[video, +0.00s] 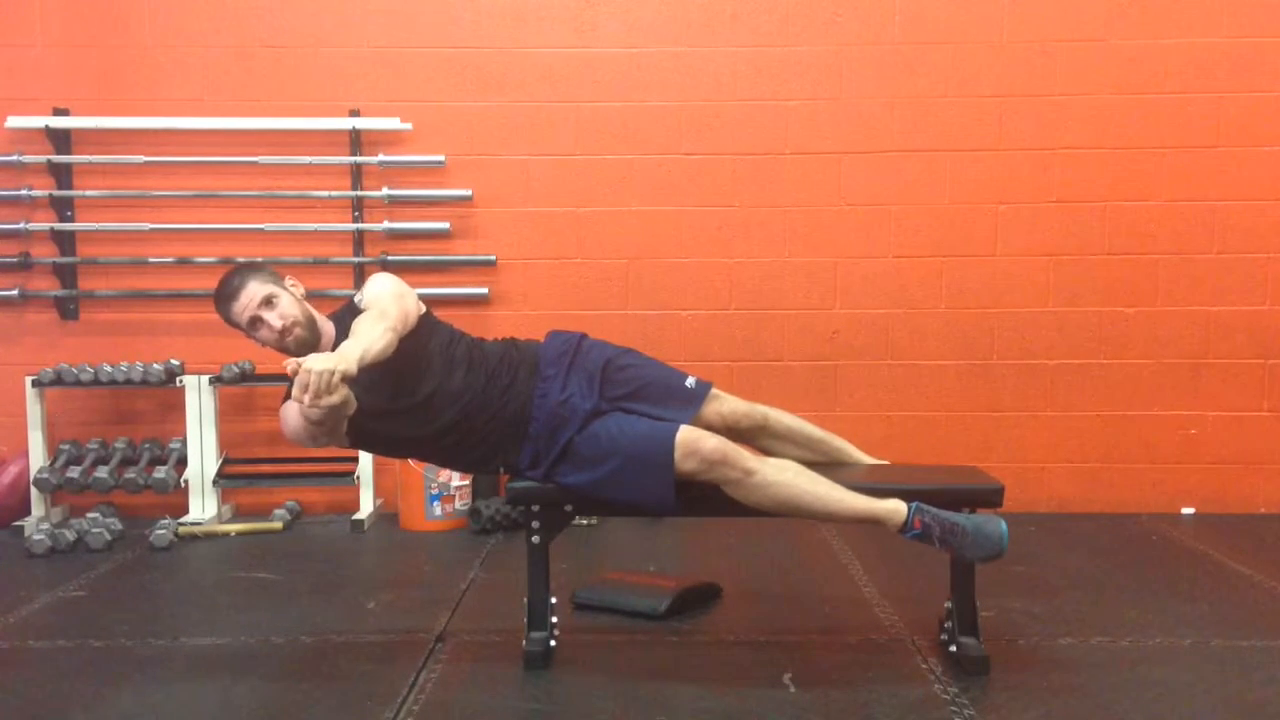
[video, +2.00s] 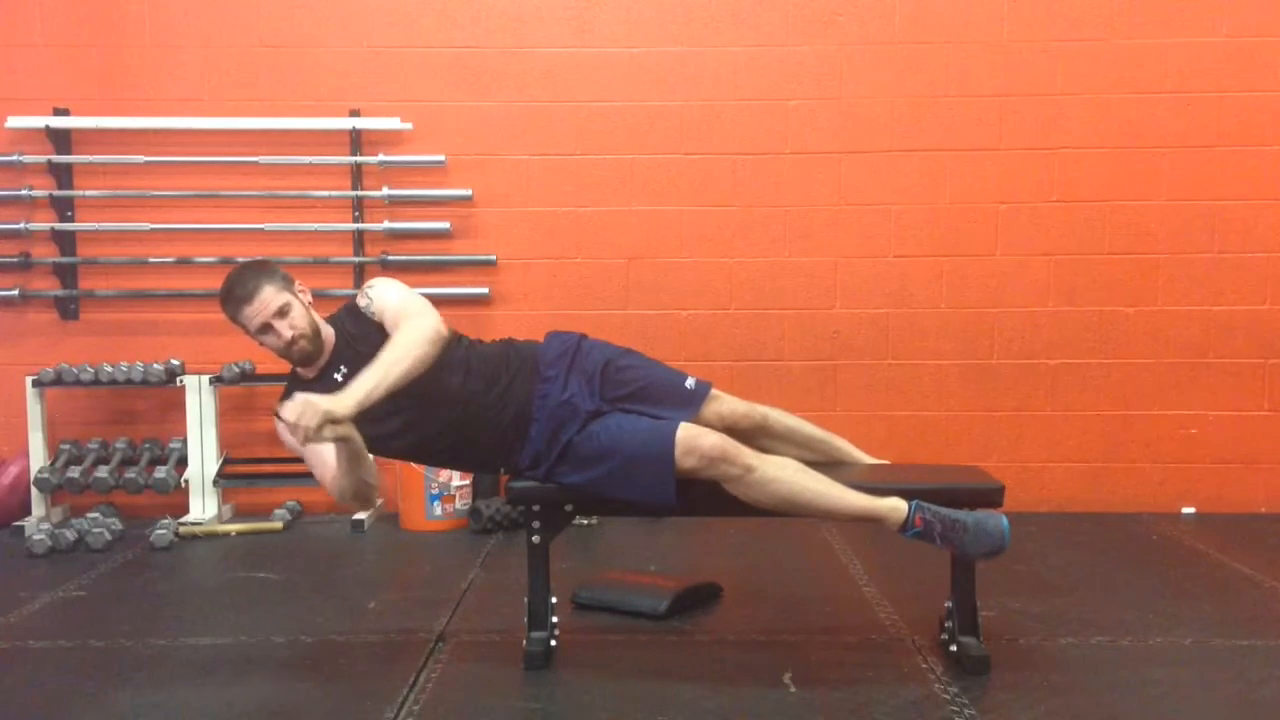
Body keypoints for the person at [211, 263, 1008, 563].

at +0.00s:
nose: (273, 324)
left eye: (270, 305)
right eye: (254, 326)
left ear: (293, 287)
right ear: (251, 345)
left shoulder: (369, 294)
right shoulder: (304, 408)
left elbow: (400, 317)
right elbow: (326, 419)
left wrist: (346, 359)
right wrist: (327, 387)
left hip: (565, 366)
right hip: (546, 450)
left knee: (737, 415)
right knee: (710, 457)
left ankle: (904, 492)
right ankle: (913, 521)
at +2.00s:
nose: (287, 328)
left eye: (285, 308)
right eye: (266, 329)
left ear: (303, 290)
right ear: (255, 345)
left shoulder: (369, 298)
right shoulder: (310, 412)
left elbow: (425, 337)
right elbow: (364, 501)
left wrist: (348, 405)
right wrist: (328, 440)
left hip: (565, 367)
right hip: (544, 449)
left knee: (737, 415)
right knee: (710, 455)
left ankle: (906, 493)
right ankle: (912, 521)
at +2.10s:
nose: (292, 325)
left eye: (288, 304)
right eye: (271, 326)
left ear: (305, 286)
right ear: (258, 342)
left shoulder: (370, 295)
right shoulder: (310, 405)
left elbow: (410, 332)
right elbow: (351, 485)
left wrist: (327, 387)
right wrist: (314, 423)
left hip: (564, 367)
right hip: (544, 450)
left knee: (736, 415)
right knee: (708, 453)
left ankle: (909, 492)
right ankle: (912, 520)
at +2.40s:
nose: (291, 324)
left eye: (290, 307)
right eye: (272, 324)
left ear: (311, 286)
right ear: (264, 338)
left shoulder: (373, 295)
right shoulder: (313, 400)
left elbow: (386, 326)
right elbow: (333, 451)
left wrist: (320, 359)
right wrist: (300, 393)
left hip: (565, 366)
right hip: (545, 449)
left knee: (736, 415)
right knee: (709, 454)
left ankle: (908, 490)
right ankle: (910, 520)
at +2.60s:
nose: (297, 323)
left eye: (295, 304)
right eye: (276, 324)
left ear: (313, 284)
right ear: (262, 338)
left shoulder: (372, 293)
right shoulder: (307, 408)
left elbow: (378, 331)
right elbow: (327, 421)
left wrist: (326, 356)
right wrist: (320, 373)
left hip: (568, 365)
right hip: (547, 447)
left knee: (737, 416)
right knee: (709, 453)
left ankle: (909, 491)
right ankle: (911, 520)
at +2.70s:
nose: (294, 326)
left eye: (293, 306)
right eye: (274, 326)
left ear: (311, 285)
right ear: (260, 338)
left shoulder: (369, 294)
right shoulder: (304, 406)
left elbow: (387, 324)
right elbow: (323, 418)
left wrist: (340, 356)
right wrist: (331, 370)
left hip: (568, 365)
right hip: (547, 447)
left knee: (737, 416)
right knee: (709, 453)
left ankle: (909, 491)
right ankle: (911, 520)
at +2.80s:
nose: (294, 328)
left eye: (294, 308)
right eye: (274, 327)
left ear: (312, 284)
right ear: (259, 338)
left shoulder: (367, 293)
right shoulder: (301, 402)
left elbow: (388, 320)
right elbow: (326, 421)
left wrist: (346, 357)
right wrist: (331, 393)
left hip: (567, 365)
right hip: (546, 447)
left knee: (736, 416)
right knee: (708, 453)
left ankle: (910, 492)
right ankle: (911, 520)